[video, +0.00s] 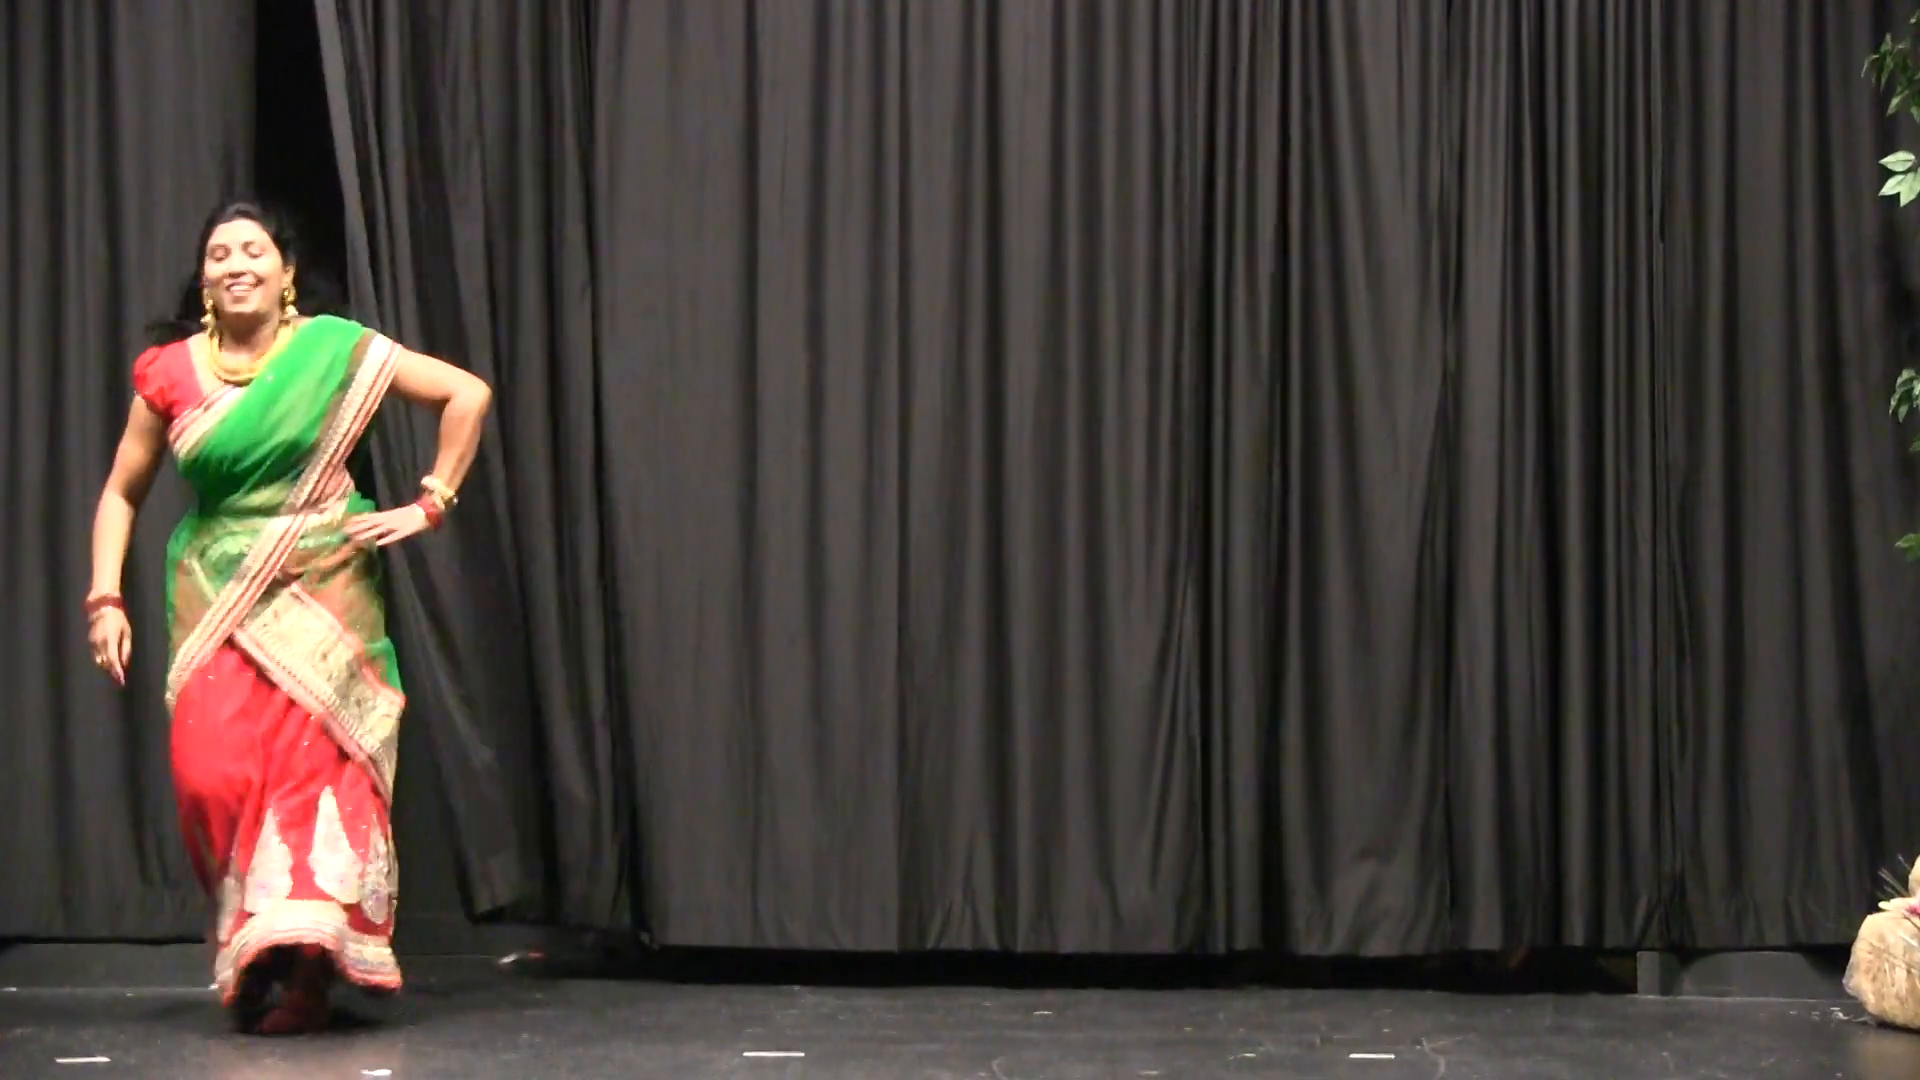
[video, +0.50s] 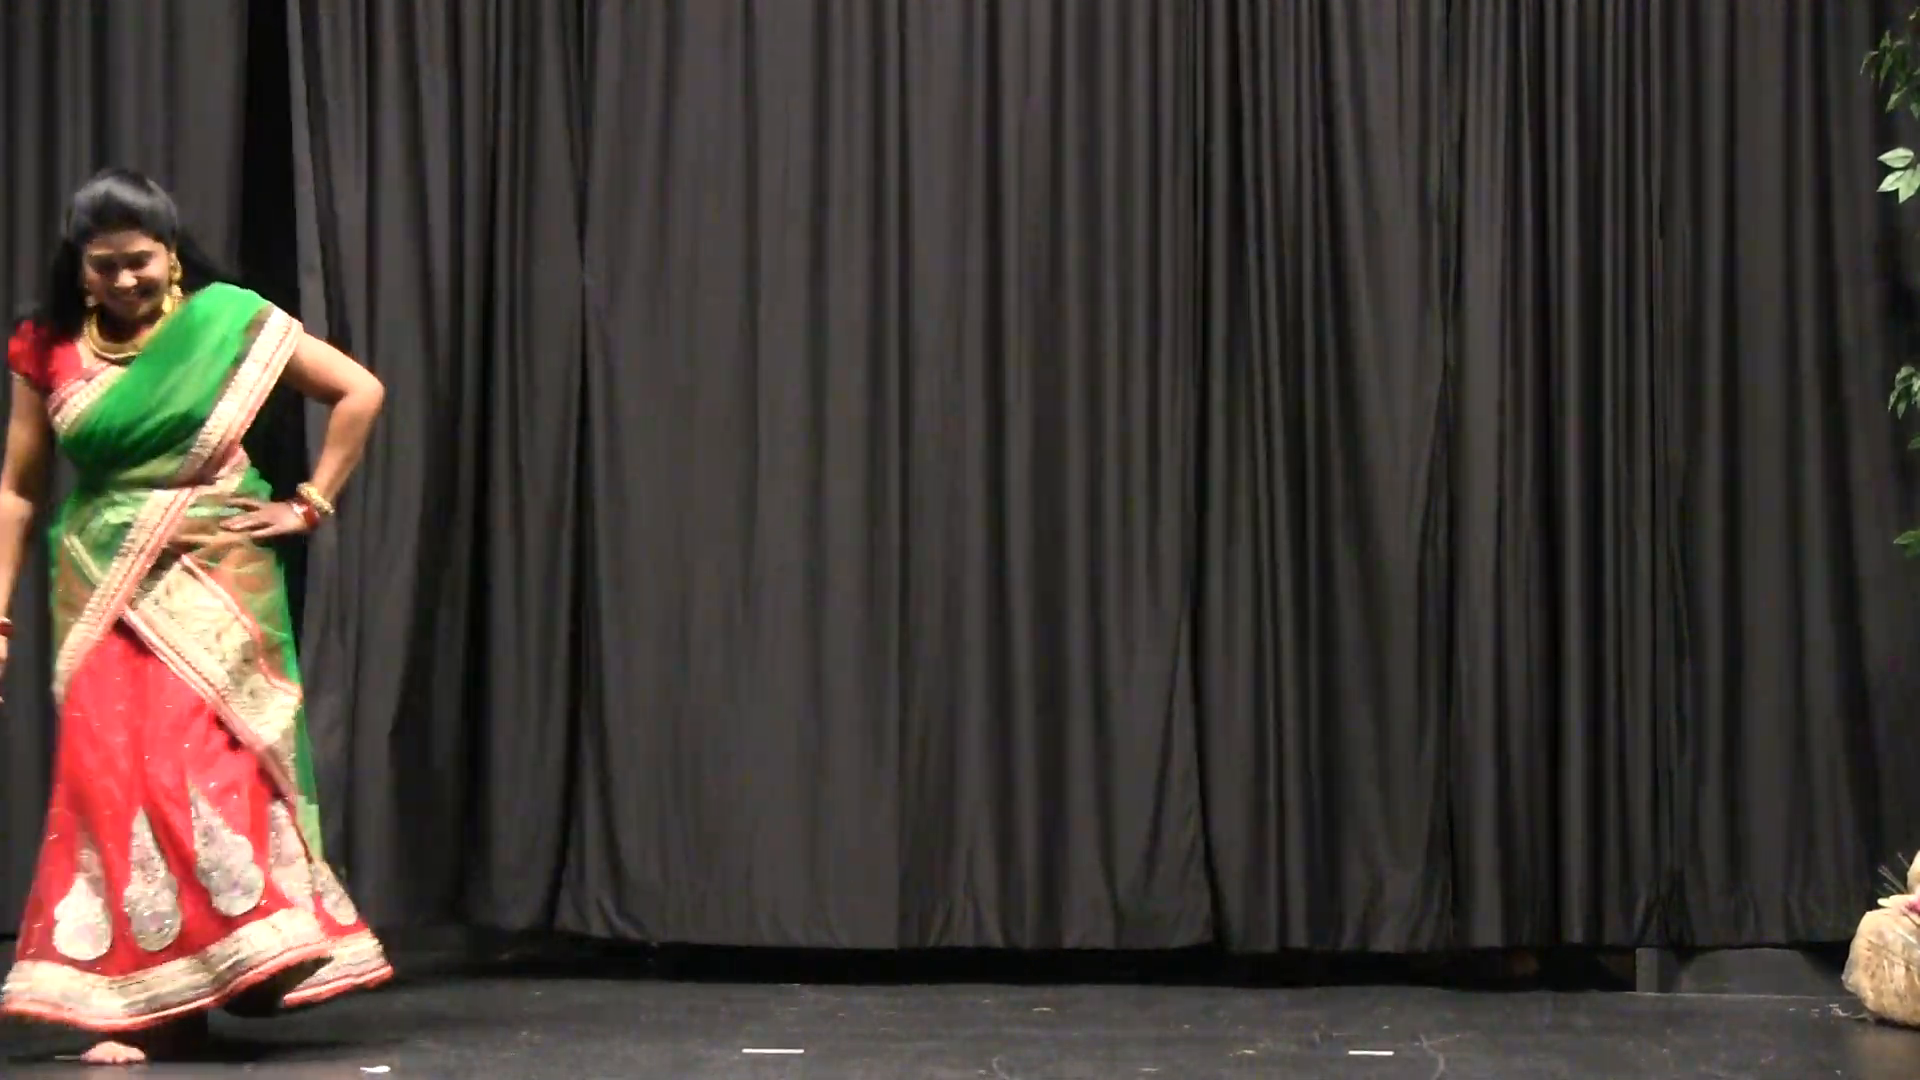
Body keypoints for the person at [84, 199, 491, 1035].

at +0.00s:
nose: (237, 264)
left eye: (254, 251)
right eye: (222, 253)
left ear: (286, 271)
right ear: (201, 278)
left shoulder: (335, 345)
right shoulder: (172, 371)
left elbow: (468, 392)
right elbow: (121, 491)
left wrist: (434, 500)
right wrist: (105, 597)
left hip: (324, 574)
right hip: (218, 580)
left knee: (313, 762)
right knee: (210, 773)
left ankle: (301, 963)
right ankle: (255, 944)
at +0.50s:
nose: (128, 281)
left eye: (143, 263)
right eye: (108, 266)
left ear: (175, 257)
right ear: (80, 267)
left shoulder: (224, 318)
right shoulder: (49, 352)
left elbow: (359, 391)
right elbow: (18, 488)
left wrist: (315, 499)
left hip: (215, 574)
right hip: (102, 581)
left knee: (192, 772)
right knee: (101, 776)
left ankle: (187, 988)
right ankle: (126, 1011)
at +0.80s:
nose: (44, 233)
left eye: (63, 214)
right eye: (25, 217)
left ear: (98, 221)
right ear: (2, 229)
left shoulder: (149, 302)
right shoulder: (4, 319)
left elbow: (280, 390)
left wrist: (230, 503)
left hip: (129, 567)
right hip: (23, 575)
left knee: (125, 778)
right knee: (27, 781)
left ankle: (123, 1005)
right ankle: (31, 1004)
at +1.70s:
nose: (92, 173)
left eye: (109, 159)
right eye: (71, 158)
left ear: (133, 183)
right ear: (35, 183)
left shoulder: (181, 261)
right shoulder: (11, 309)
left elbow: (325, 329)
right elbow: (1, 465)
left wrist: (282, 446)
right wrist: (0, 601)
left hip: (189, 539)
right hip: (70, 557)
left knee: (210, 757)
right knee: (86, 775)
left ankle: (259, 999)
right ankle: (102, 1012)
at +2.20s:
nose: (244, 190)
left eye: (239, 173)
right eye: (227, 177)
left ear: (215, 187)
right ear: (178, 197)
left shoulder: (265, 259)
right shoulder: (126, 320)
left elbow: (363, 321)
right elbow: (129, 492)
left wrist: (373, 431)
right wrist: (155, 632)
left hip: (331, 541)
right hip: (223, 571)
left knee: (359, 761)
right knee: (228, 784)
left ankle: (376, 1020)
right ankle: (197, 1020)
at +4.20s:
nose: (325, 219)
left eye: (325, 206)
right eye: (306, 206)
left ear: (322, 217)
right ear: (256, 223)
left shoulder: (375, 295)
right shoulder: (210, 330)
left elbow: (477, 383)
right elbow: (191, 472)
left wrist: (444, 490)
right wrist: (192, 598)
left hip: (374, 542)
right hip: (263, 555)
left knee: (410, 719)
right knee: (278, 747)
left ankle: (463, 949)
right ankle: (294, 964)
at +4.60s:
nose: (448, 276)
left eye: (449, 265)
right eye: (432, 265)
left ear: (448, 276)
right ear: (391, 278)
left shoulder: (484, 339)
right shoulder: (352, 363)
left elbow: (566, 409)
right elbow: (325, 477)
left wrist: (532, 493)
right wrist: (310, 576)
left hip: (471, 541)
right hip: (385, 551)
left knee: (503, 683)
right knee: (398, 701)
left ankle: (553, 862)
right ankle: (406, 873)